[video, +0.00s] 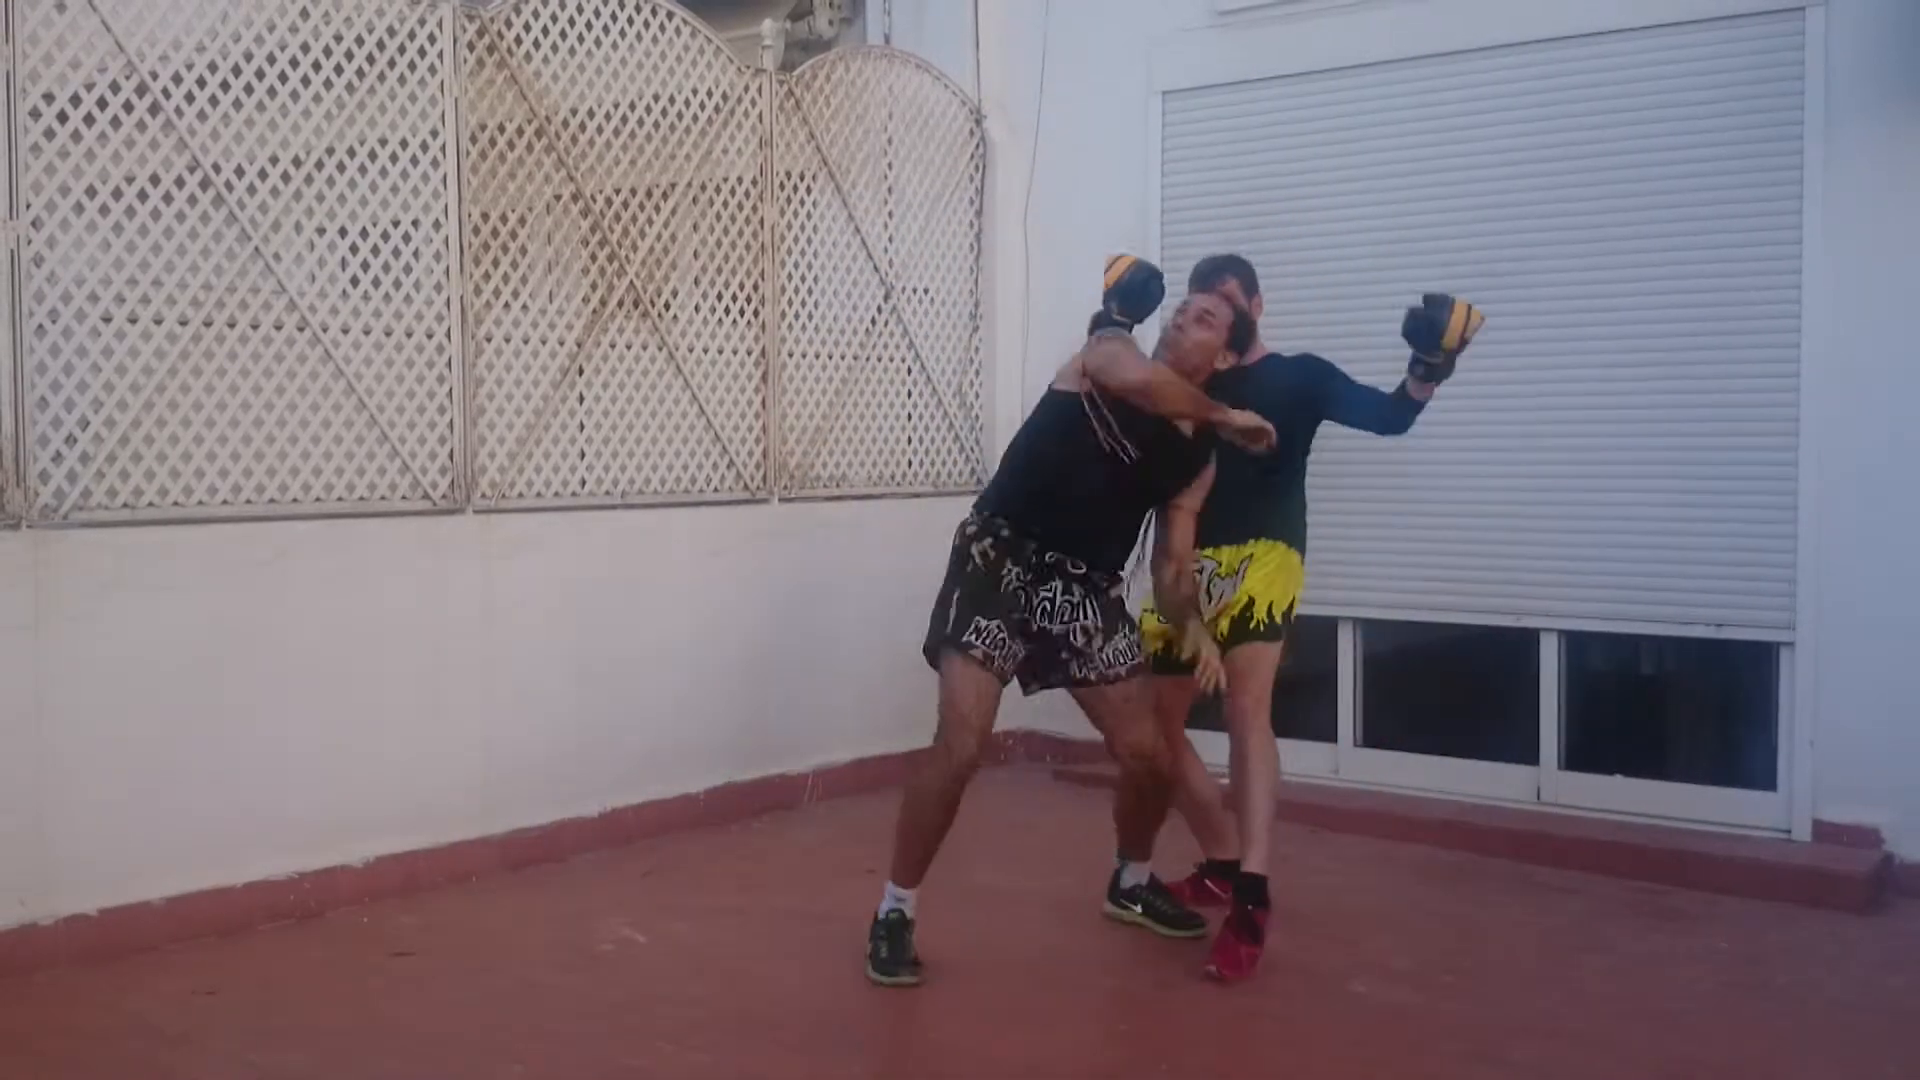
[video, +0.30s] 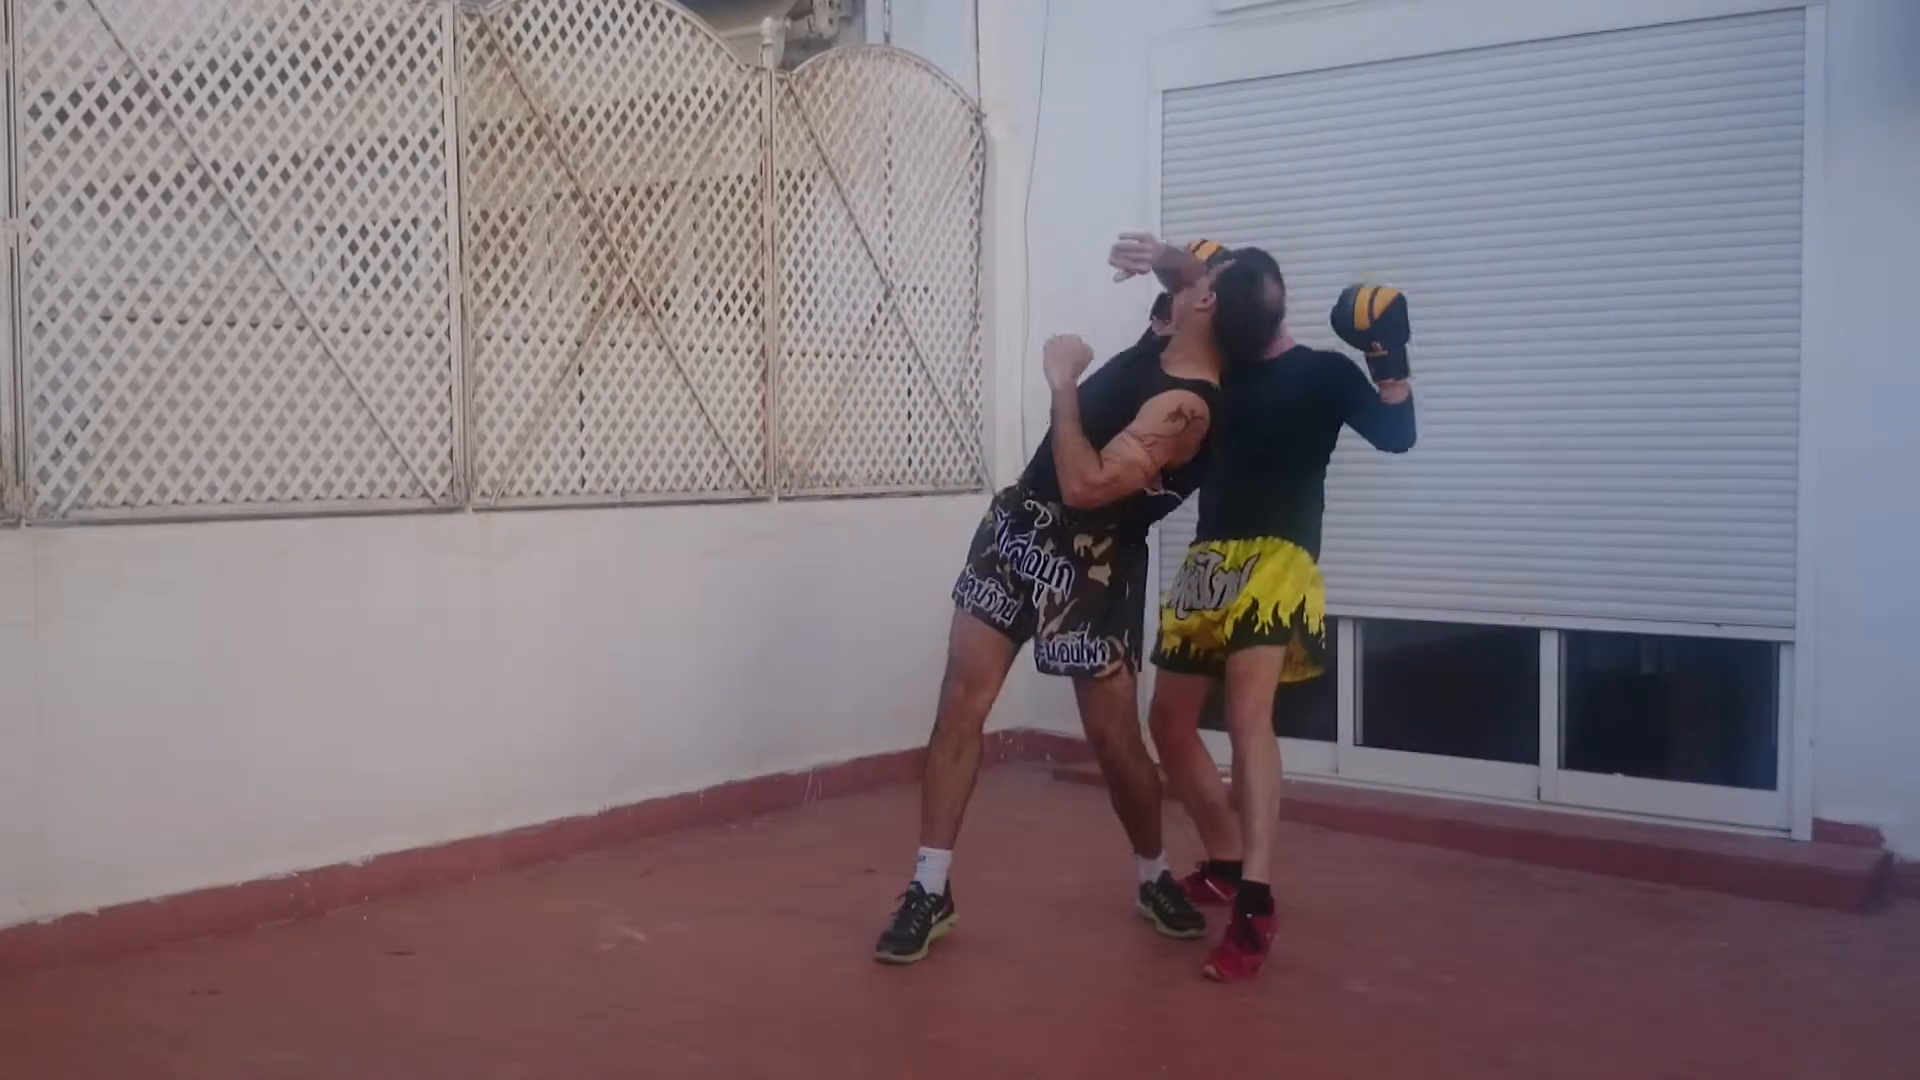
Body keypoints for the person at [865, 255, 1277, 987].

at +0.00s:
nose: (1193, 322)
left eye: (1211, 321)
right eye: (1189, 311)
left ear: (1226, 355)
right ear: (1165, 323)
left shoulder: (1195, 451)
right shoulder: (1108, 349)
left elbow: (1176, 564)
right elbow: (1140, 384)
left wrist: (1193, 625)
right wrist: (1219, 413)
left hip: (1086, 586)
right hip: (999, 557)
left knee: (1147, 752)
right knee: (963, 744)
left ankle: (1132, 882)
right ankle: (895, 911)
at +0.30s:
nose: (1192, 281)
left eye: (1201, 280)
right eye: (1199, 275)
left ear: (1207, 306)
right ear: (1207, 309)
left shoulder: (1184, 408)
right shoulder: (1176, 338)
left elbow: (1085, 486)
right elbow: (1189, 285)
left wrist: (1064, 382)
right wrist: (1158, 258)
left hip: (1099, 554)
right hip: (1021, 523)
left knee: (1113, 735)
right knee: (961, 704)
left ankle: (1154, 879)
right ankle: (928, 889)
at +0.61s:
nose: (1172, 276)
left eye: (1193, 275)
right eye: (1177, 264)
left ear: (1227, 307)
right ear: (1172, 272)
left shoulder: (1221, 398)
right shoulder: (1122, 309)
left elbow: (1183, 496)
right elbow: (1034, 235)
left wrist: (1159, 395)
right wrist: (1108, 285)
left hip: (1125, 556)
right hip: (1031, 528)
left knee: (1143, 726)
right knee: (971, 703)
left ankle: (1159, 880)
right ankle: (932, 885)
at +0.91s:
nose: (1166, 310)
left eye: (1170, 296)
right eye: (1160, 293)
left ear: (1124, 290)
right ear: (1113, 285)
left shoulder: (1124, 370)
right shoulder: (1026, 346)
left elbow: (1129, 479)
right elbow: (980, 462)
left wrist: (1156, 450)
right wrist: (1088, 427)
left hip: (1079, 550)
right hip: (1003, 545)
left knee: (1115, 720)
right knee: (1001, 734)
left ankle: (1148, 878)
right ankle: (921, 922)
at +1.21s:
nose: (1113, 288)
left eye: (1115, 274)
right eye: (1106, 273)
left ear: (1067, 270)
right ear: (1062, 267)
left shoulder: (1045, 339)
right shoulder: (1000, 336)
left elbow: (1011, 445)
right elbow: (988, 462)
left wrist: (1082, 434)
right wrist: (1083, 434)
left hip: (1018, 541)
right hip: (960, 540)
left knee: (1045, 701)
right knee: (964, 731)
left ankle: (1010, 850)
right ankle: (909, 922)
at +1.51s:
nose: (1116, 288)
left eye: (1119, 275)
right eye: (1108, 273)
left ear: (1078, 272)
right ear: (1062, 267)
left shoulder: (1071, 348)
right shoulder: (997, 326)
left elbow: (1093, 448)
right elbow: (971, 425)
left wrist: (1145, 396)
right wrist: (1070, 380)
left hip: (1035, 541)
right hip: (976, 536)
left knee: (1008, 710)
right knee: (978, 711)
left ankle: (962, 847)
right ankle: (918, 898)